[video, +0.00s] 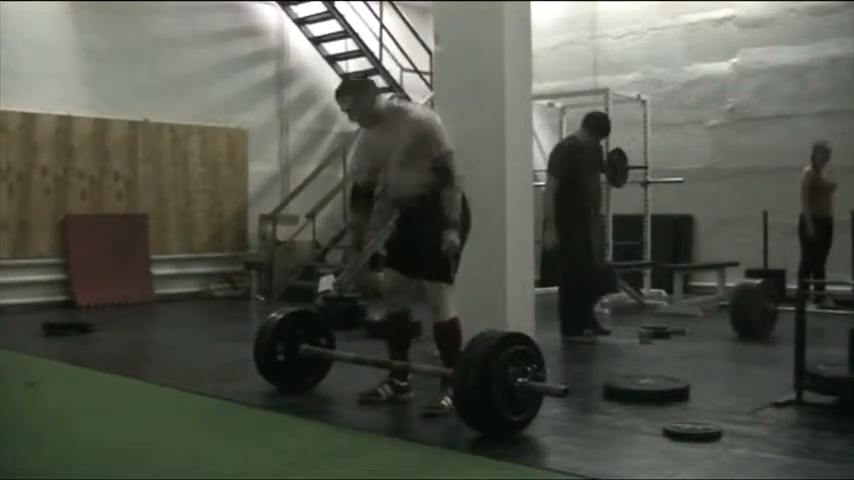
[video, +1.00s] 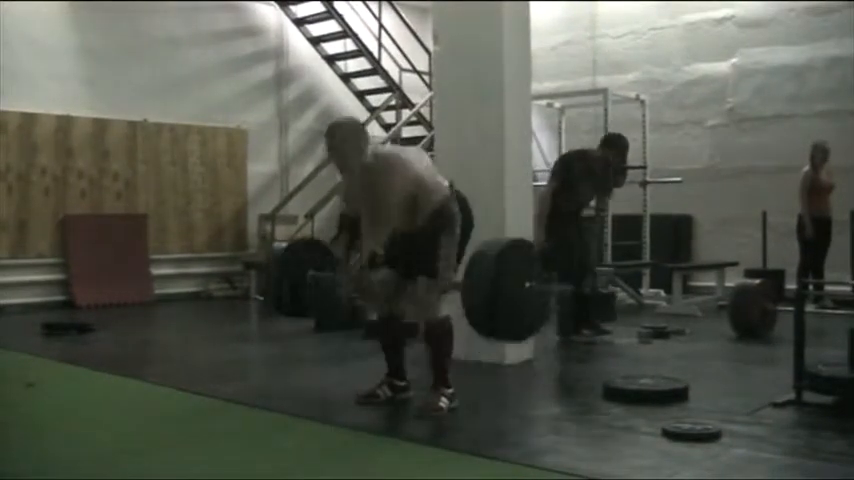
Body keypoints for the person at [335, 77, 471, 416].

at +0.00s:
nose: (351, 117)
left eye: (353, 108)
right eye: (347, 112)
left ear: (371, 96)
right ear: (349, 110)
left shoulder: (421, 122)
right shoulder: (368, 141)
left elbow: (448, 175)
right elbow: (361, 197)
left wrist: (452, 227)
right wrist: (355, 249)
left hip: (438, 213)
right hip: (402, 217)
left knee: (439, 299)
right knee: (395, 297)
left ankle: (451, 386)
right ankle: (399, 379)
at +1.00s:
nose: (332, 158)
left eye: (336, 150)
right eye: (330, 151)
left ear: (357, 146)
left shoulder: (394, 166)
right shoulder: (355, 177)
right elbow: (355, 224)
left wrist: (447, 270)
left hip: (441, 221)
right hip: (404, 230)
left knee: (430, 302)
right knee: (386, 300)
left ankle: (443, 388)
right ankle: (396, 379)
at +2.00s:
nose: (398, 86)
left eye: (406, 80)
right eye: (397, 81)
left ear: (426, 84)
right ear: (397, 87)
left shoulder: (448, 118)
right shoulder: (387, 131)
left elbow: (489, 126)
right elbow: (350, 168)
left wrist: (457, 149)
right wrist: (365, 161)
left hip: (425, 210)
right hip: (387, 211)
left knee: (412, 307)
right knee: (361, 298)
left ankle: (443, 391)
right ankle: (393, 380)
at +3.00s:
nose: (417, 70)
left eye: (426, 66)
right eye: (414, 66)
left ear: (444, 77)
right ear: (410, 76)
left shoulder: (446, 115)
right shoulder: (391, 109)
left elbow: (464, 81)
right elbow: (354, 88)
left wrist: (463, 32)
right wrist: (356, 45)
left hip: (411, 202)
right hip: (372, 201)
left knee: (422, 298)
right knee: (373, 297)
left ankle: (453, 391)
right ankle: (392, 381)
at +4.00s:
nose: (459, 84)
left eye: (464, 77)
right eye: (453, 79)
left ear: (480, 73)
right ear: (448, 81)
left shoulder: (510, 113)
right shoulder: (443, 119)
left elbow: (540, 166)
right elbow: (427, 164)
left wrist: (554, 210)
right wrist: (417, 195)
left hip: (497, 207)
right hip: (457, 208)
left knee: (502, 294)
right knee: (440, 287)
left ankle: (514, 379)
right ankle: (470, 359)